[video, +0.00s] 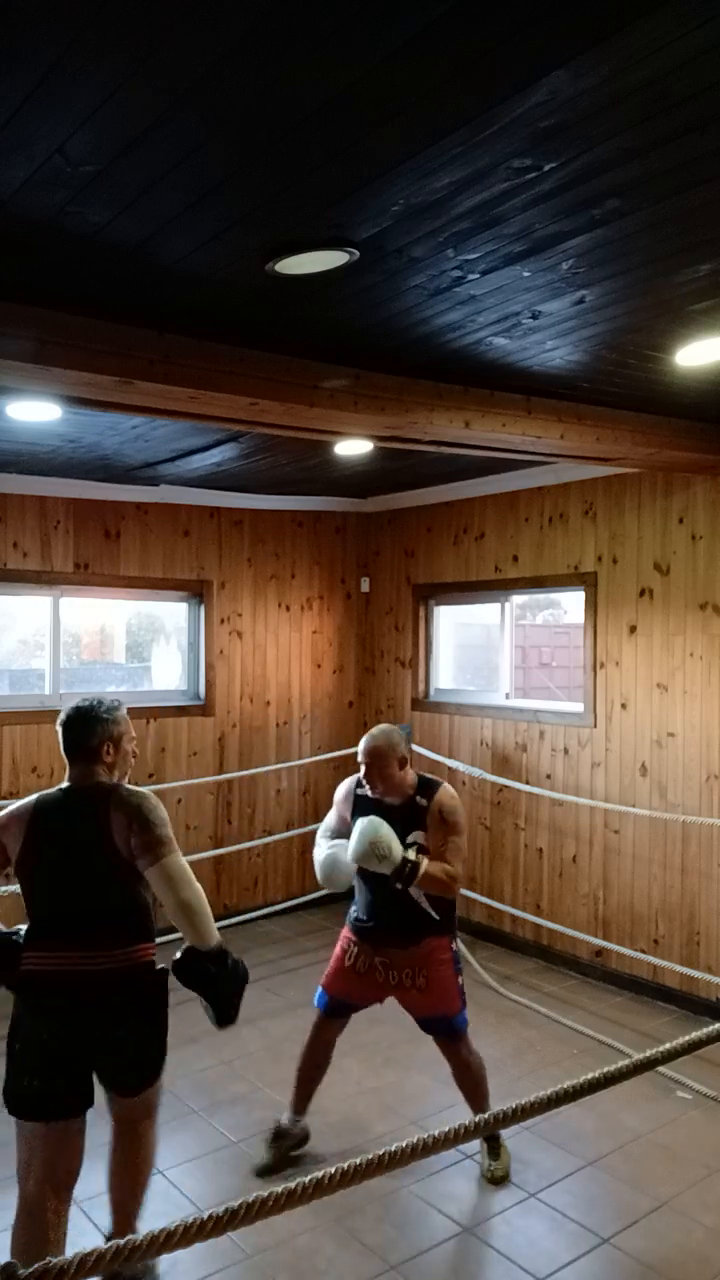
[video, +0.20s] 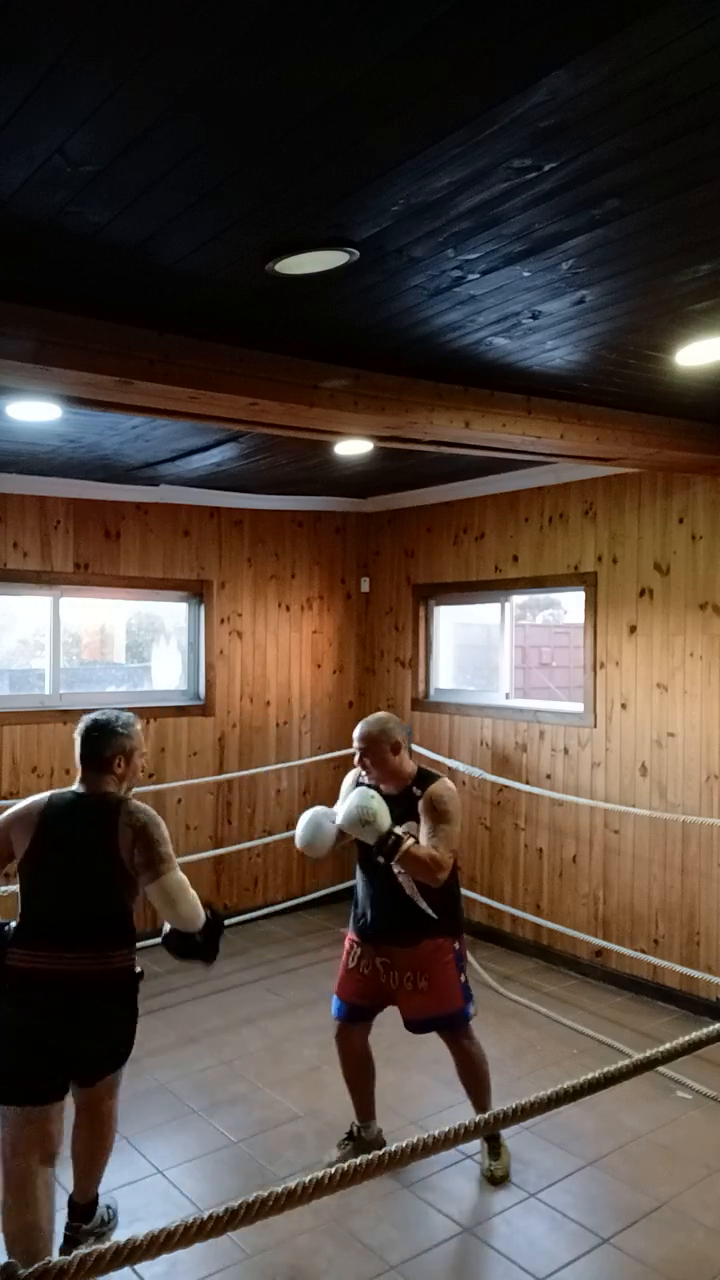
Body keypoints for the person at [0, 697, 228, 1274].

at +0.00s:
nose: (135, 750)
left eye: (133, 739)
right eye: (130, 740)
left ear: (69, 753)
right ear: (110, 749)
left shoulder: (20, 818)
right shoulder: (135, 810)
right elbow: (183, 896)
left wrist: (4, 946)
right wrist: (212, 958)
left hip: (45, 1002)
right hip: (128, 1001)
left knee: (44, 1181)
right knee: (133, 1123)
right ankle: (122, 1248)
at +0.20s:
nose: (139, 767)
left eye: (136, 757)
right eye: (137, 758)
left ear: (79, 758)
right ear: (123, 762)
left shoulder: (28, 815)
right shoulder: (138, 824)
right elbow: (186, 914)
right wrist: (198, 921)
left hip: (30, 992)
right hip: (104, 994)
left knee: (28, 1149)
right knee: (96, 1096)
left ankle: (31, 1274)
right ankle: (83, 1217)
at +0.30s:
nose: (146, 764)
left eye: (145, 754)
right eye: (144, 755)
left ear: (90, 750)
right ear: (127, 757)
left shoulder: (33, 796)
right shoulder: (136, 816)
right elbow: (178, 893)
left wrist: (8, 892)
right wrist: (199, 861)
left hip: (23, 974)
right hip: (95, 978)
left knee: (17, 1115)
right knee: (94, 1096)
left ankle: (19, 1251)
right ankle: (82, 1217)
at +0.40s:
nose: (146, 759)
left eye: (147, 750)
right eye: (144, 750)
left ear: (91, 741)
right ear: (123, 748)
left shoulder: (34, 784)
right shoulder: (125, 796)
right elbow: (195, 843)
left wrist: (11, 891)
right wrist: (213, 787)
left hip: (20, 957)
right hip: (87, 963)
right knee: (95, 1087)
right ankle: (82, 1216)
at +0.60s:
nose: (132, 751)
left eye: (132, 741)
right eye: (127, 741)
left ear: (77, 737)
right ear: (102, 741)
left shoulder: (20, 783)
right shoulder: (99, 783)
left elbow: (1, 859)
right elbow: (163, 803)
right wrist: (186, 751)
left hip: (14, 953)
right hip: (74, 958)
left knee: (5, 1057)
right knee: (91, 1082)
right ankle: (80, 1215)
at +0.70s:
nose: (120, 755)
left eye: (120, 745)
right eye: (114, 745)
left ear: (70, 744)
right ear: (85, 745)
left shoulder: (18, 783)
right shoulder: (74, 786)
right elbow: (130, 811)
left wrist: (166, 773)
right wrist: (166, 759)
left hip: (10, 949)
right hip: (61, 955)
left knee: (5, 1051)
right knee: (103, 1058)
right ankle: (76, 1195)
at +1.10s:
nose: (142, 752)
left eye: (144, 742)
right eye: (136, 741)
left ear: (102, 739)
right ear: (106, 737)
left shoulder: (70, 763)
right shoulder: (81, 771)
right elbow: (111, 803)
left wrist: (160, 758)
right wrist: (155, 755)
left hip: (38, 911)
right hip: (71, 922)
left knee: (43, 1012)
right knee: (105, 1020)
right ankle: (84, 1131)